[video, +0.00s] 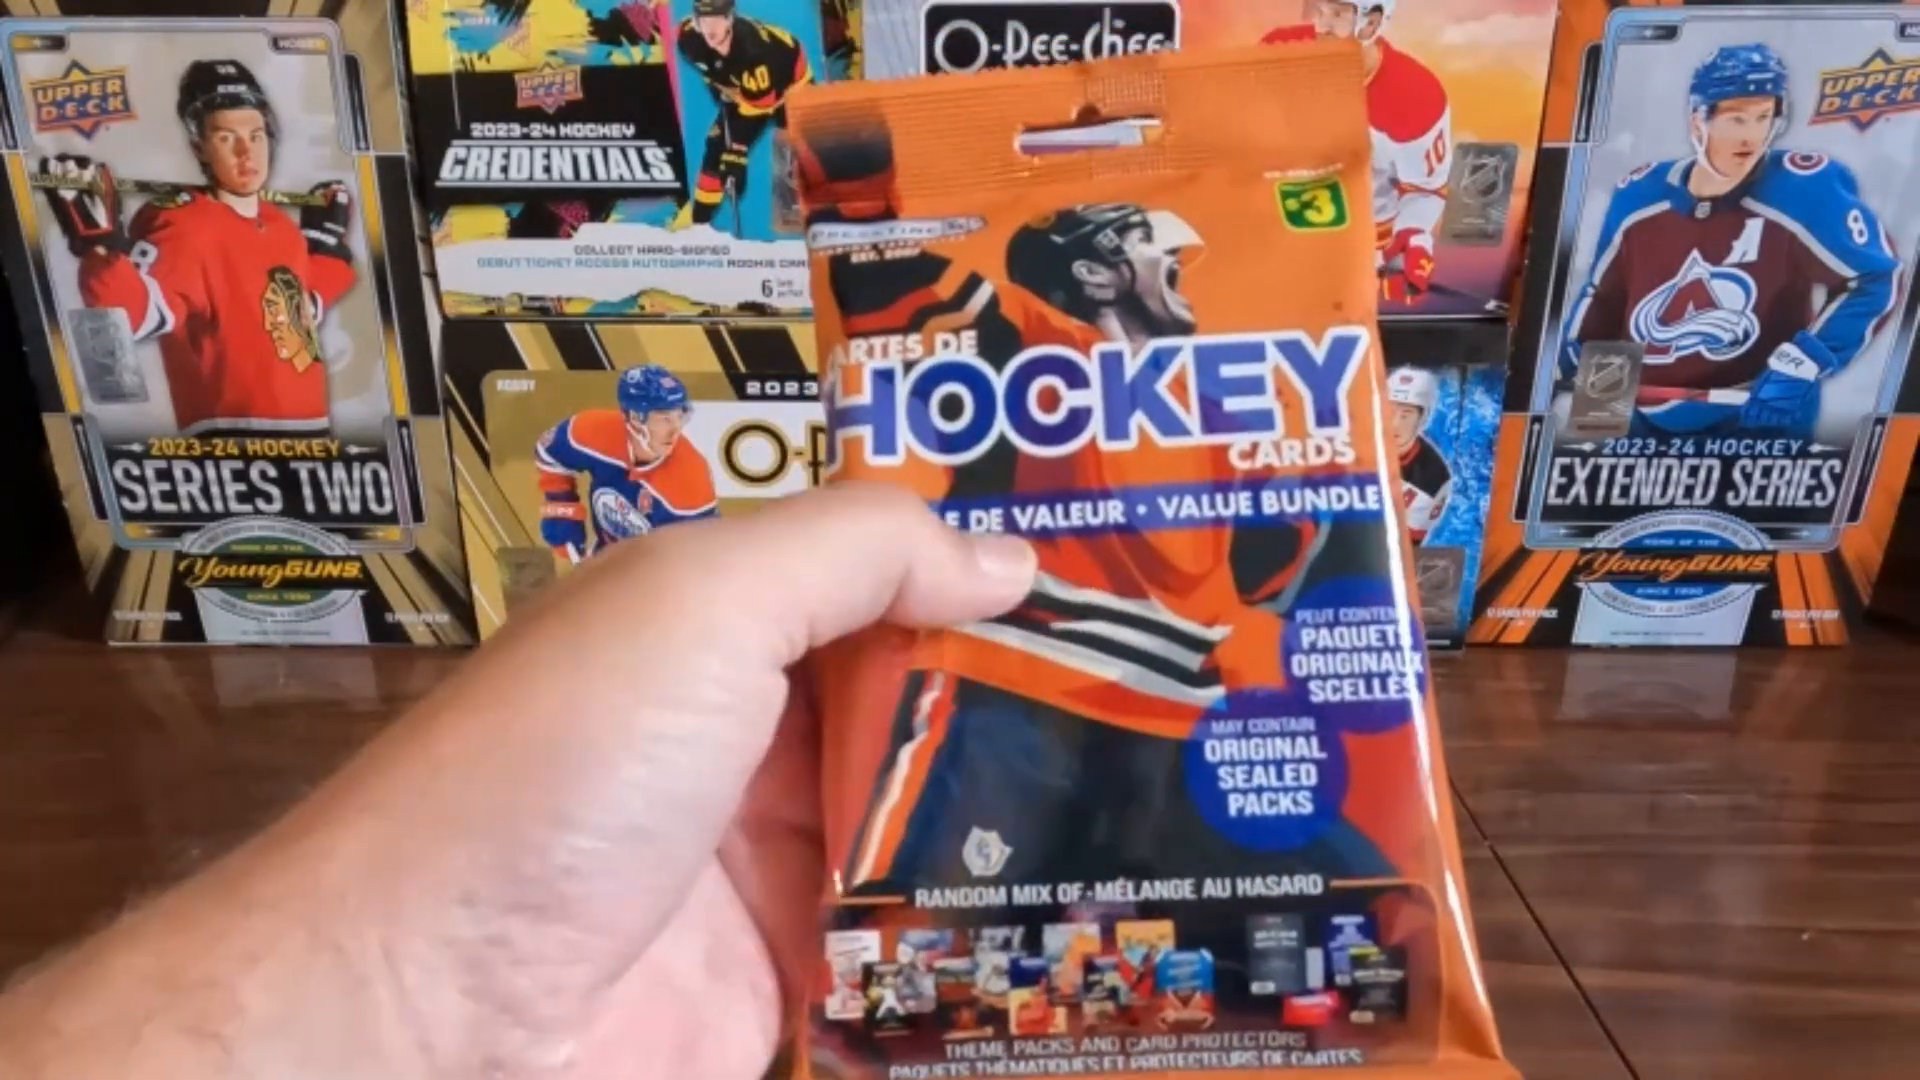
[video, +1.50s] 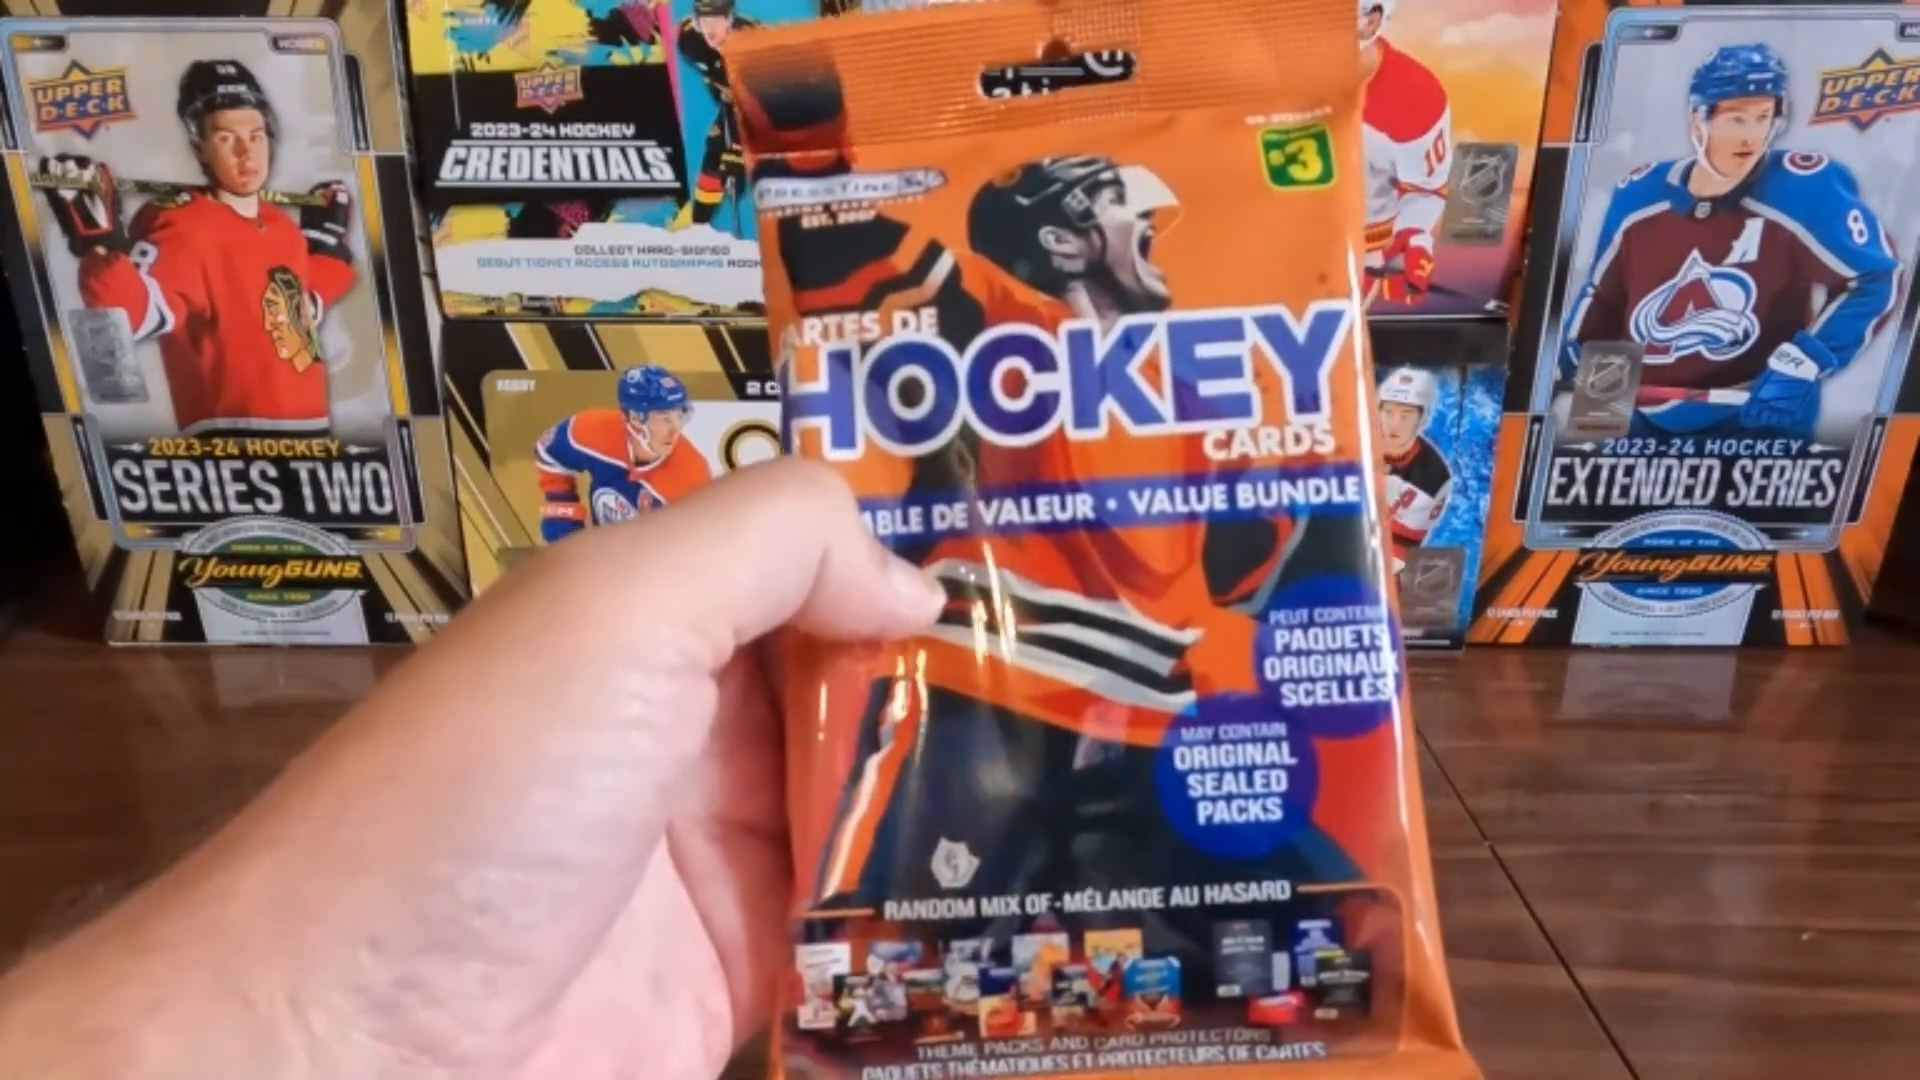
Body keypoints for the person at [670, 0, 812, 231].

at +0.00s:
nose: (710, 30)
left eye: (716, 21)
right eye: (704, 22)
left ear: (730, 19)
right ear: (696, 22)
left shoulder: (753, 50)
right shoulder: (688, 38)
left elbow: (757, 109)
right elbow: (711, 72)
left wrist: (736, 153)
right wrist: (726, 92)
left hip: (789, 92)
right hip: (739, 96)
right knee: (718, 145)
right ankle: (699, 218)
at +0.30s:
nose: (711, 30)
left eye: (717, 22)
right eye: (705, 22)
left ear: (730, 19)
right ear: (695, 22)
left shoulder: (751, 49)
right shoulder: (688, 38)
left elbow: (757, 108)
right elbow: (711, 71)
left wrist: (737, 152)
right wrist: (726, 90)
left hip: (787, 84)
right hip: (739, 91)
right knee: (717, 147)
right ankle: (700, 220)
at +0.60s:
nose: (709, 30)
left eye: (716, 22)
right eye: (704, 22)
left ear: (730, 18)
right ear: (696, 21)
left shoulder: (754, 39)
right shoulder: (688, 37)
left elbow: (753, 103)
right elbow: (711, 74)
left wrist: (737, 152)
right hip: (734, 103)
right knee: (715, 151)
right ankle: (699, 223)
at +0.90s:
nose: (710, 29)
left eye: (716, 21)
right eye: (704, 22)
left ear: (730, 19)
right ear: (696, 21)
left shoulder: (751, 37)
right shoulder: (688, 38)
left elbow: (752, 101)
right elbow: (710, 75)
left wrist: (736, 154)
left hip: (767, 103)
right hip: (731, 106)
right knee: (714, 152)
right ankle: (699, 222)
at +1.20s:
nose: (709, 29)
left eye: (715, 22)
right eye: (704, 22)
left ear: (729, 19)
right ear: (696, 21)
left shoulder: (750, 36)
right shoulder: (688, 38)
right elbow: (710, 75)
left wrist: (735, 156)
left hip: (765, 104)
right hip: (730, 105)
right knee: (714, 150)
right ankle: (699, 221)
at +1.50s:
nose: (709, 32)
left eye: (715, 24)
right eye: (703, 24)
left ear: (729, 19)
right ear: (696, 22)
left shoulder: (755, 37)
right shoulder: (689, 38)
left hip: (761, 110)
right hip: (729, 110)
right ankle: (698, 224)